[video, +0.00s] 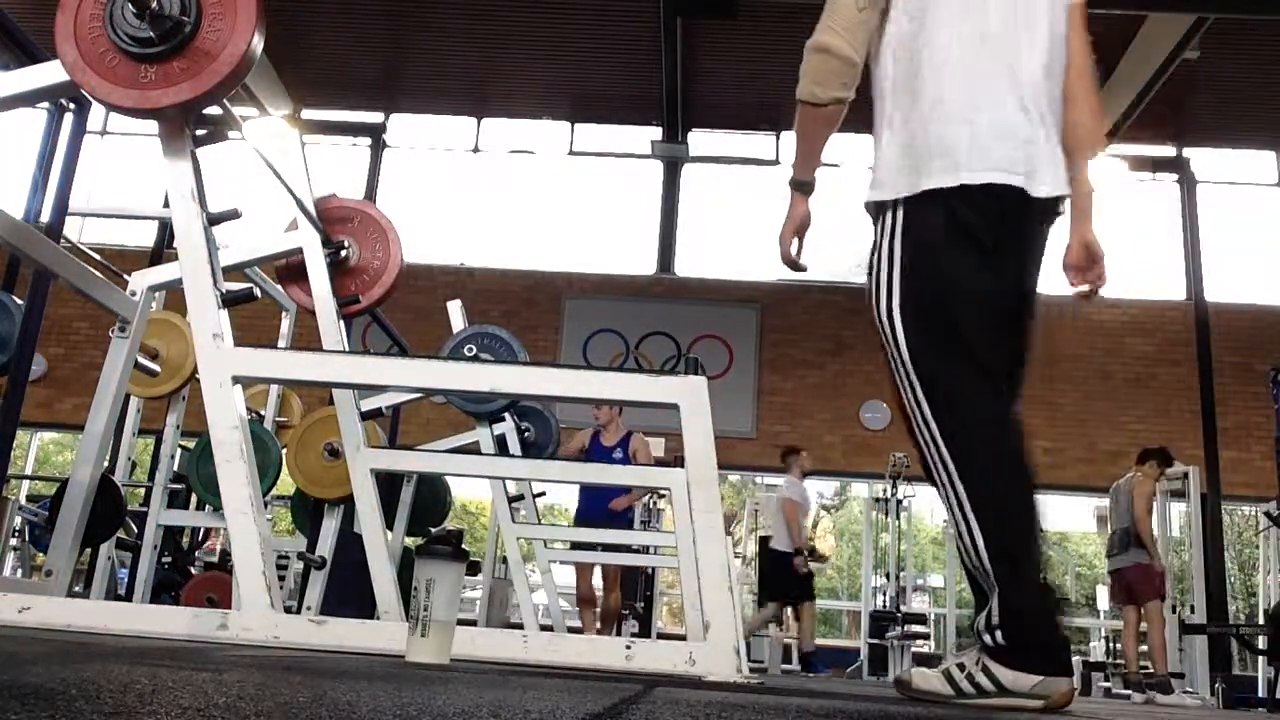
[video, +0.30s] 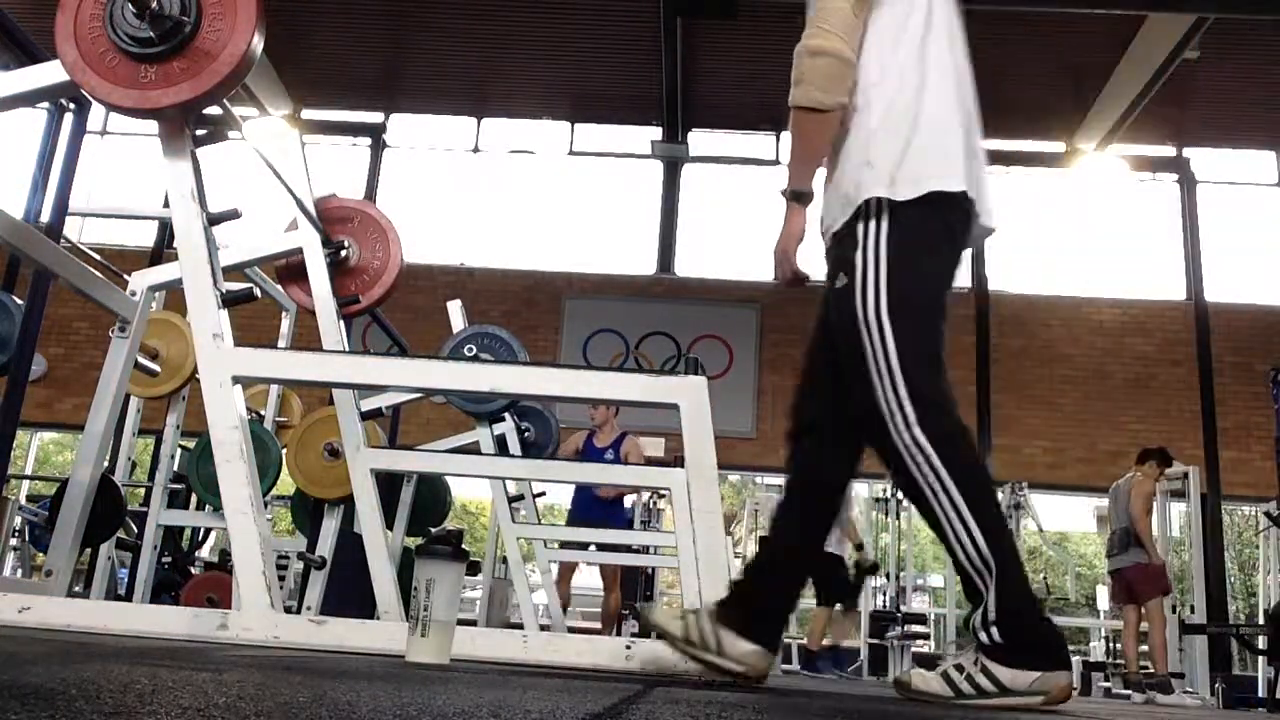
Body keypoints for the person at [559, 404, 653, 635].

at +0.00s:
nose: (595, 412)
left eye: (600, 407)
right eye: (594, 408)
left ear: (616, 410)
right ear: (595, 411)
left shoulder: (635, 441)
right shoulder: (586, 436)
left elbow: (648, 479)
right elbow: (559, 457)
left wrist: (629, 498)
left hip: (616, 520)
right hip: (586, 517)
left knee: (611, 580)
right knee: (583, 577)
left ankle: (605, 636)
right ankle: (589, 634)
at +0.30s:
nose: (591, 412)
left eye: (597, 408)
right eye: (590, 408)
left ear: (613, 411)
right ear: (590, 412)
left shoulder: (628, 443)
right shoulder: (581, 438)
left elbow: (638, 482)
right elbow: (556, 461)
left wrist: (616, 491)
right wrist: (580, 471)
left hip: (611, 520)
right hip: (579, 516)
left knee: (610, 581)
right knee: (563, 575)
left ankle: (607, 637)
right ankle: (556, 628)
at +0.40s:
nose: (586, 412)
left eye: (592, 407)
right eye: (585, 407)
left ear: (608, 410)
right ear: (586, 412)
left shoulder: (624, 443)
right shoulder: (576, 438)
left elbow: (630, 481)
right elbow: (551, 464)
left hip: (607, 522)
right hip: (574, 517)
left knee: (609, 583)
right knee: (555, 575)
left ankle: (606, 638)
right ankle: (540, 629)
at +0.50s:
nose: (579, 412)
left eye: (585, 407)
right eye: (579, 407)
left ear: (600, 411)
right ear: (579, 412)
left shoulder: (615, 442)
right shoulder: (567, 438)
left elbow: (622, 481)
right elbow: (549, 467)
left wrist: (593, 462)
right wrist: (563, 458)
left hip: (599, 519)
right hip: (569, 515)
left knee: (604, 579)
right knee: (552, 573)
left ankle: (606, 635)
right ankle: (530, 625)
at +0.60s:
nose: (571, 412)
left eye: (577, 408)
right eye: (570, 407)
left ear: (590, 411)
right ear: (568, 410)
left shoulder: (605, 440)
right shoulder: (561, 436)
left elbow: (606, 463)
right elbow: (541, 453)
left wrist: (575, 449)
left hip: (590, 516)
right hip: (559, 514)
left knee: (597, 579)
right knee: (545, 574)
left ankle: (603, 635)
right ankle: (531, 626)